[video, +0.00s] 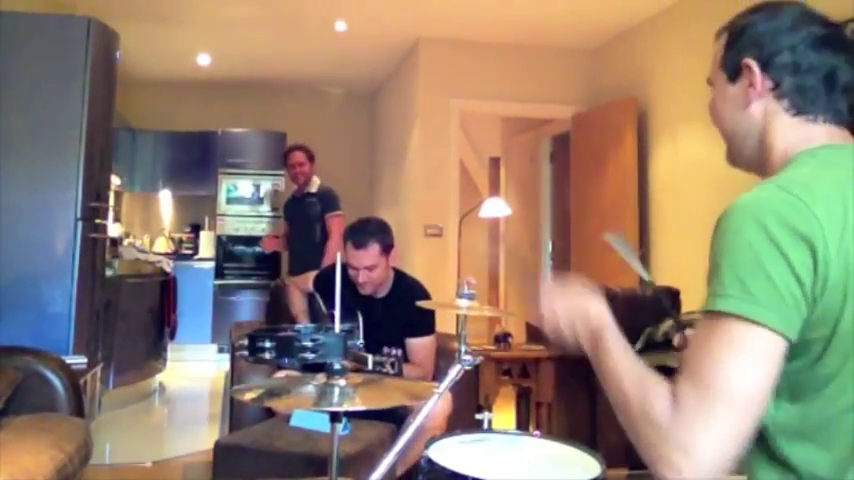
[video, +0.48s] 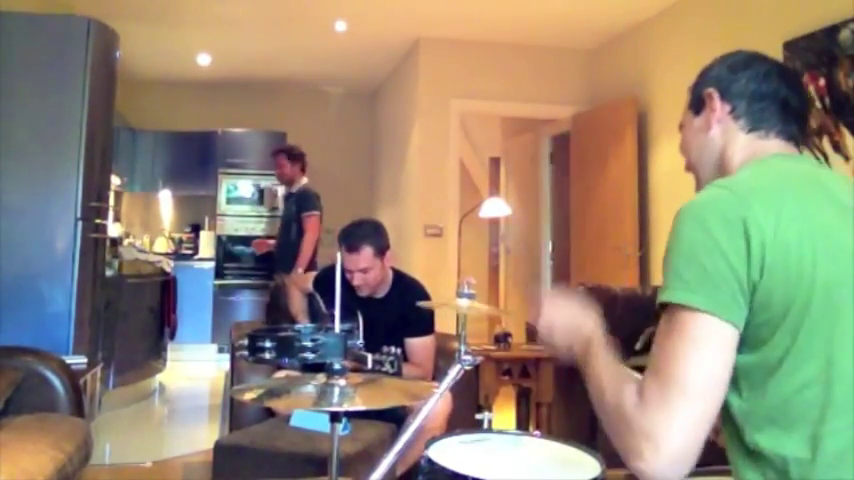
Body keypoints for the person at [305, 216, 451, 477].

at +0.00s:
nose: (361, 278)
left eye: (370, 269)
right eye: (353, 268)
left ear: (390, 259)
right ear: (344, 258)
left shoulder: (413, 295)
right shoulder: (335, 278)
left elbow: (423, 371)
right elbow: (294, 285)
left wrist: (368, 365)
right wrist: (306, 331)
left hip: (390, 388)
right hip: (337, 381)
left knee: (439, 403)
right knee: (282, 386)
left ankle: (389, 473)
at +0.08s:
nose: (360, 280)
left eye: (370, 271)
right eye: (353, 271)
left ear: (389, 259)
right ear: (344, 261)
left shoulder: (413, 295)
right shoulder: (333, 278)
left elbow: (424, 371)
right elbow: (294, 285)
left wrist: (369, 366)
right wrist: (306, 330)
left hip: (389, 389)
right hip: (335, 381)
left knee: (439, 403)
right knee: (280, 387)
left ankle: (388, 473)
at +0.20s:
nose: (359, 283)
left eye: (368, 273)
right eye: (352, 274)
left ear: (388, 260)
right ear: (344, 263)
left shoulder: (412, 295)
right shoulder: (333, 279)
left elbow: (424, 371)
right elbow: (294, 285)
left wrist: (369, 365)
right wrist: (305, 329)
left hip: (389, 389)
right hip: (335, 381)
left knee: (440, 402)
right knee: (280, 388)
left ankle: (388, 473)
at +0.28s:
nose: (358, 283)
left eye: (366, 273)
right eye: (351, 274)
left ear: (388, 261)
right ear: (344, 264)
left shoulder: (412, 295)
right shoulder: (333, 279)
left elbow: (424, 371)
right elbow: (294, 285)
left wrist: (370, 365)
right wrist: (306, 330)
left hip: (389, 389)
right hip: (335, 382)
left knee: (440, 402)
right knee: (280, 387)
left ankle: (388, 473)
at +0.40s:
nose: (356, 281)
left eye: (365, 271)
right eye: (350, 271)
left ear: (387, 260)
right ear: (342, 261)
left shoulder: (412, 295)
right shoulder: (333, 279)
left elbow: (423, 371)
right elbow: (295, 283)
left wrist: (368, 365)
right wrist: (305, 328)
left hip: (388, 390)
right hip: (334, 383)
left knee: (439, 402)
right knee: (281, 385)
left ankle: (389, 473)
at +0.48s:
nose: (356, 281)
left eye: (365, 271)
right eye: (349, 271)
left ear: (386, 260)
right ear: (342, 261)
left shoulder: (412, 295)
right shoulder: (332, 279)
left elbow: (423, 371)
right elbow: (294, 284)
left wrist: (368, 364)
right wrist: (305, 328)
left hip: (388, 389)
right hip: (334, 382)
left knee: (439, 402)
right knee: (280, 387)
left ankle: (389, 473)